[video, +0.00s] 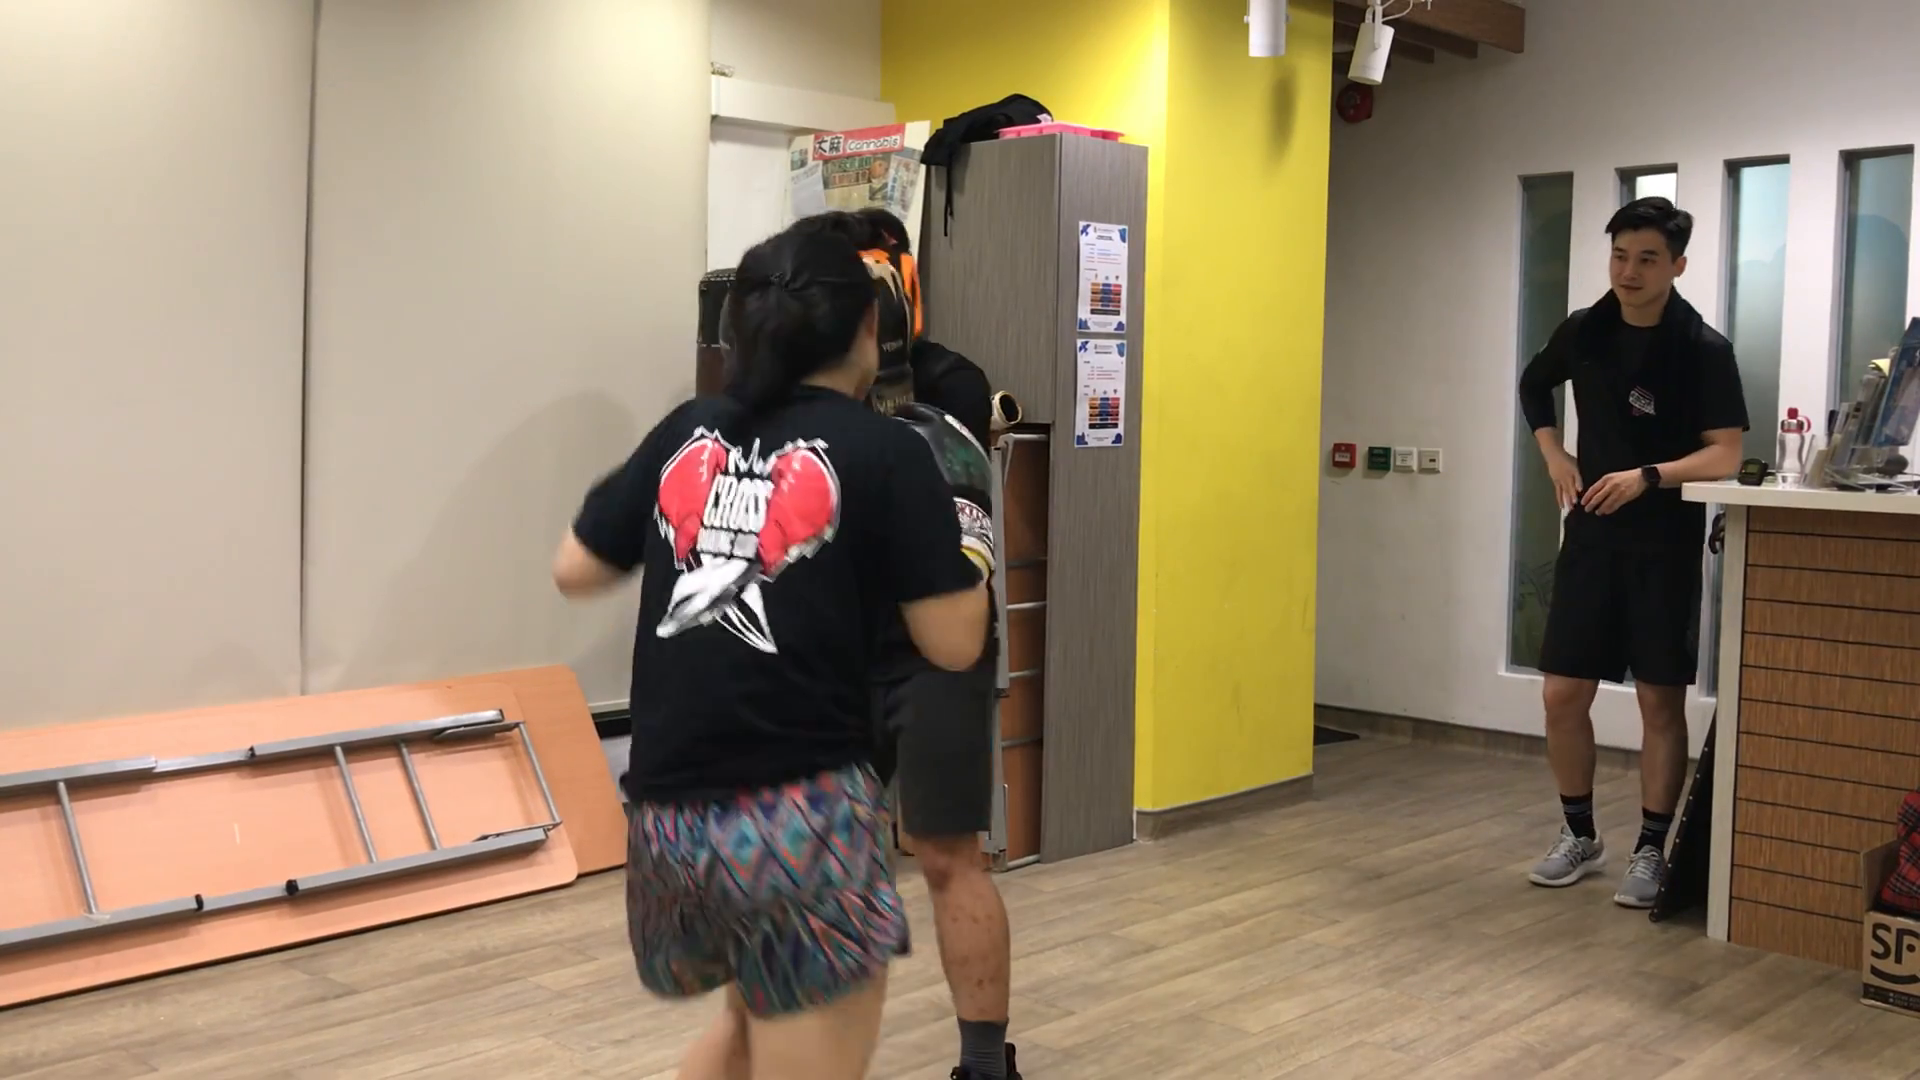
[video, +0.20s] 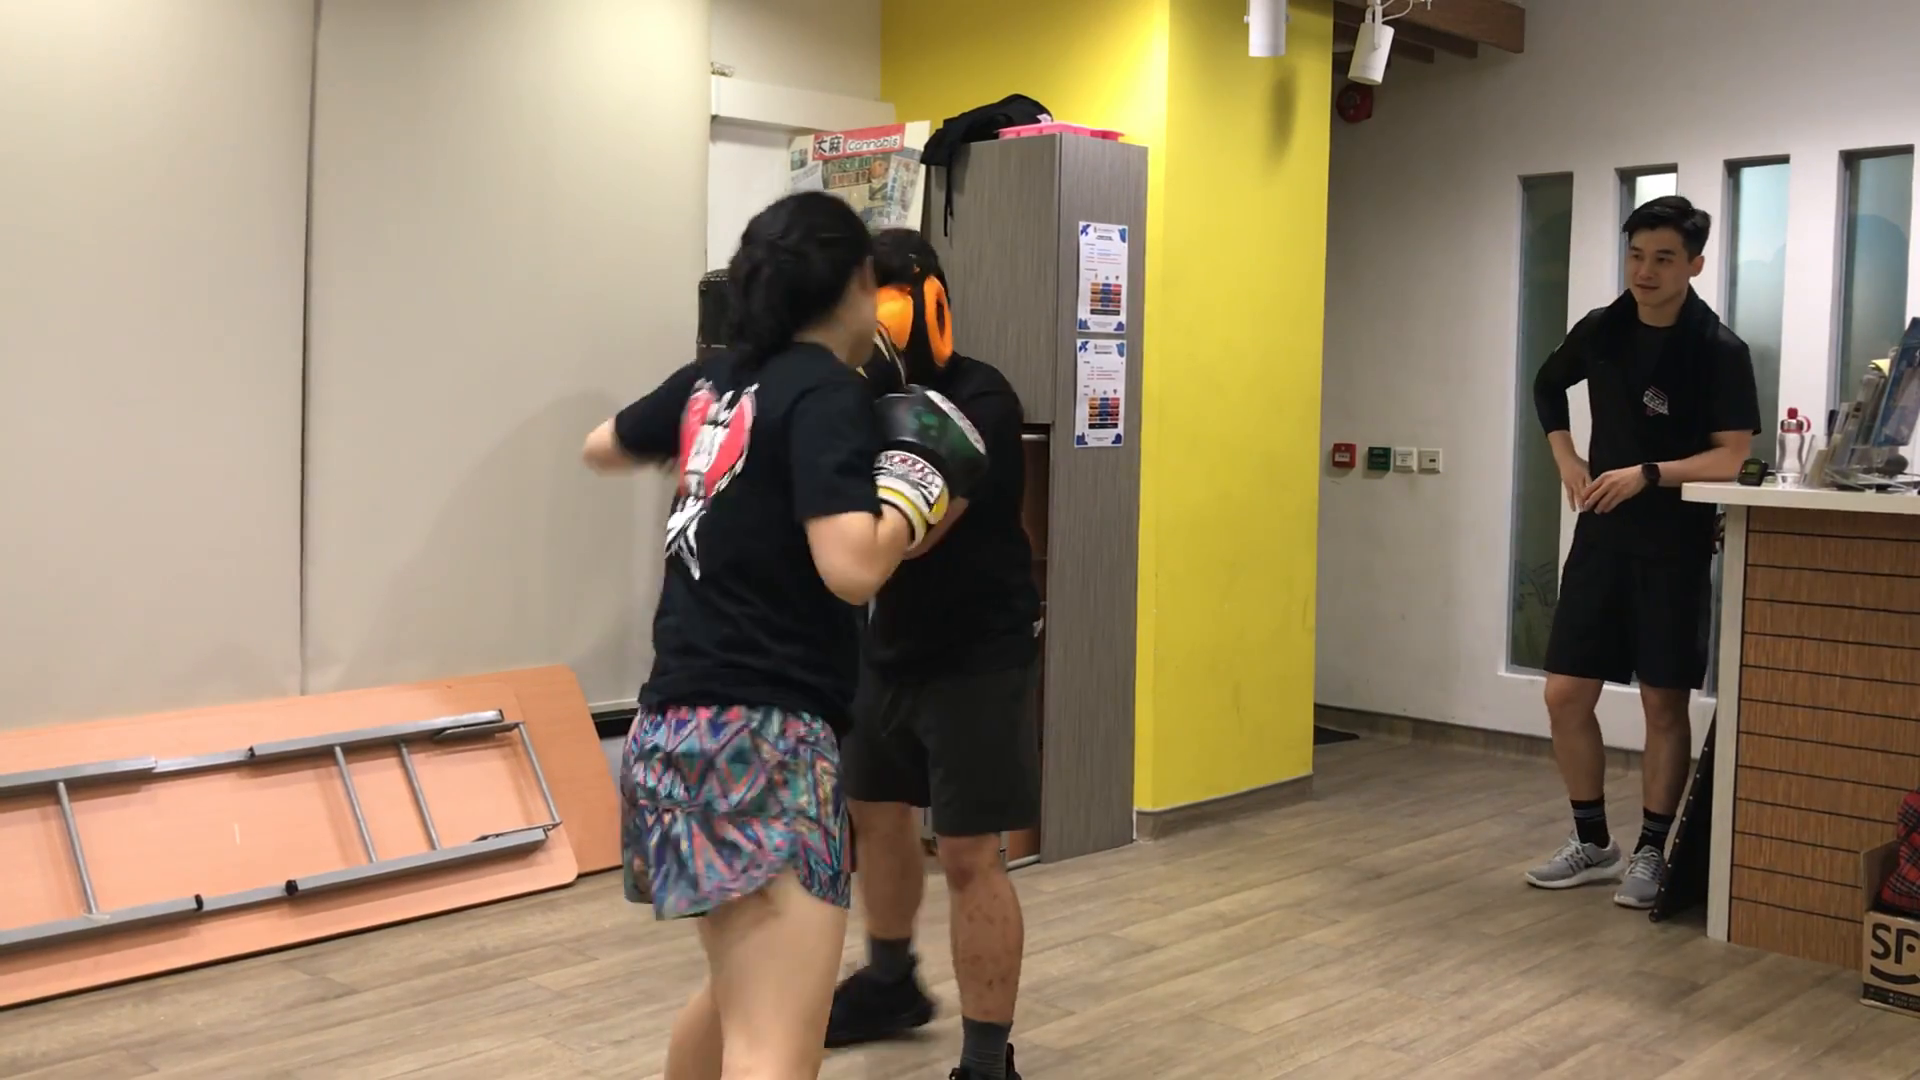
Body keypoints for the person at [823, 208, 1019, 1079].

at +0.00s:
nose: (860, 297)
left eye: (868, 274)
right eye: (847, 277)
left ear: (897, 279)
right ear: (823, 292)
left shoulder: (949, 386)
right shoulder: (796, 394)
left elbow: (966, 530)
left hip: (935, 653)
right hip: (827, 652)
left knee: (949, 857)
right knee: (817, 858)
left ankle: (985, 1060)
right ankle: (790, 1058)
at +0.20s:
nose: (880, 314)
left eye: (894, 295)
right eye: (871, 298)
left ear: (934, 301)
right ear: (858, 309)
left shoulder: (982, 397)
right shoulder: (857, 402)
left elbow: (916, 526)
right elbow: (839, 519)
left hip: (976, 654)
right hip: (885, 646)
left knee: (970, 855)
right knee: (876, 801)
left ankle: (987, 1061)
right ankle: (890, 981)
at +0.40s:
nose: (869, 328)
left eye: (881, 309)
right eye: (859, 315)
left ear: (937, 302)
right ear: (865, 320)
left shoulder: (1007, 394)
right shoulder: (901, 395)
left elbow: (949, 515)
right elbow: (824, 487)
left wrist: (900, 407)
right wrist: (839, 379)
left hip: (1004, 649)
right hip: (929, 645)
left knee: (974, 856)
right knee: (925, 827)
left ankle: (989, 1060)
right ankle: (1020, 953)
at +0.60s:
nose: (879, 327)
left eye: (887, 306)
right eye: (872, 310)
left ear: (941, 300)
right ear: (924, 308)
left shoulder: (1009, 388)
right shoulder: (937, 394)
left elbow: (929, 480)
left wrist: (887, 375)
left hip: (1026, 642)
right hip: (968, 641)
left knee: (965, 834)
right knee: (1007, 824)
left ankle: (983, 1061)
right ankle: (1043, 988)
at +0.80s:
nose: (878, 332)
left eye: (886, 315)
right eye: (876, 317)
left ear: (939, 309)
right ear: (930, 313)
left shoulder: (1009, 393)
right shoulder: (943, 393)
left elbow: (916, 498)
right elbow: (864, 484)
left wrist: (890, 393)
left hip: (1026, 633)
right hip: (990, 631)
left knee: (961, 826)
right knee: (1004, 821)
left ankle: (988, 1057)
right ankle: (1045, 990)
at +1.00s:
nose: (875, 386)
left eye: (881, 366)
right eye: (869, 369)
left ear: (931, 353)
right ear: (939, 350)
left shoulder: (1010, 420)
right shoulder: (948, 425)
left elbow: (957, 545)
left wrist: (884, 472)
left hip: (1037, 649)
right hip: (997, 646)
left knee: (955, 832)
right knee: (989, 820)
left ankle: (988, 1056)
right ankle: (1046, 980)